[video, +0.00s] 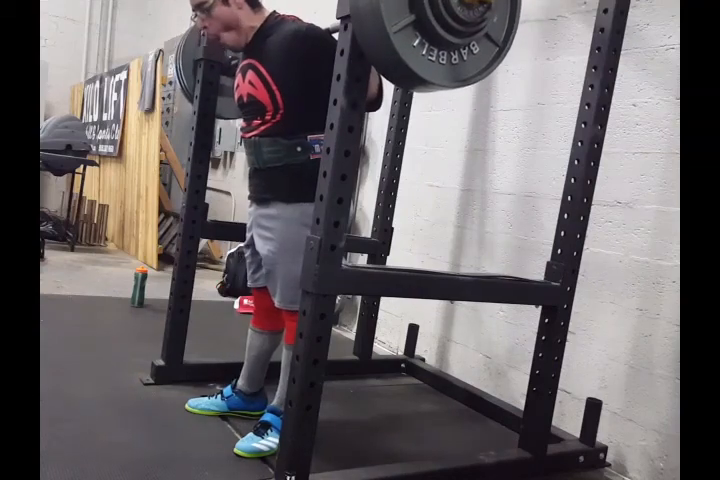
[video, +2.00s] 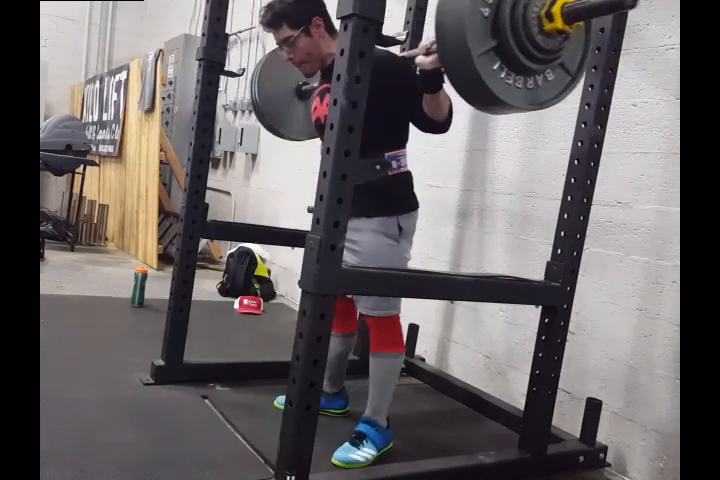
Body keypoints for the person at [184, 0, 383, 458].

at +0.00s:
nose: (213, 38)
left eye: (211, 25)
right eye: (207, 31)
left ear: (233, 5)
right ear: (232, 8)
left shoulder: (302, 41)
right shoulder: (249, 55)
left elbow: (371, 94)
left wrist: (362, 38)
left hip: (301, 209)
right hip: (265, 207)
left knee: (296, 315)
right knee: (264, 305)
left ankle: (284, 417)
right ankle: (246, 391)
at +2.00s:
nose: (289, 57)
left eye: (292, 44)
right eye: (283, 49)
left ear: (319, 27)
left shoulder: (383, 66)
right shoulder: (322, 79)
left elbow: (439, 122)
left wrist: (431, 75)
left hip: (383, 211)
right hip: (336, 208)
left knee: (379, 310)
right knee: (335, 301)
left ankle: (376, 424)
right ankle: (330, 389)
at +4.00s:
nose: (300, 30)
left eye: (308, 20)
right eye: (301, 21)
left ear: (340, 22)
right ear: (328, 25)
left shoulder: (388, 76)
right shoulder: (329, 80)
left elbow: (434, 135)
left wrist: (429, 86)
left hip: (379, 213)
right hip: (333, 210)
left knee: (378, 310)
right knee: (329, 299)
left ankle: (375, 423)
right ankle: (318, 379)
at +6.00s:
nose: (312, 32)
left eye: (319, 21)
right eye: (310, 23)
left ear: (349, 22)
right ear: (331, 27)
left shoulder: (391, 78)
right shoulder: (333, 80)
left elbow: (438, 136)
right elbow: (325, 126)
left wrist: (435, 88)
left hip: (382, 217)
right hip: (335, 213)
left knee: (382, 312)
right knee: (332, 302)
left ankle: (376, 424)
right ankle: (318, 380)